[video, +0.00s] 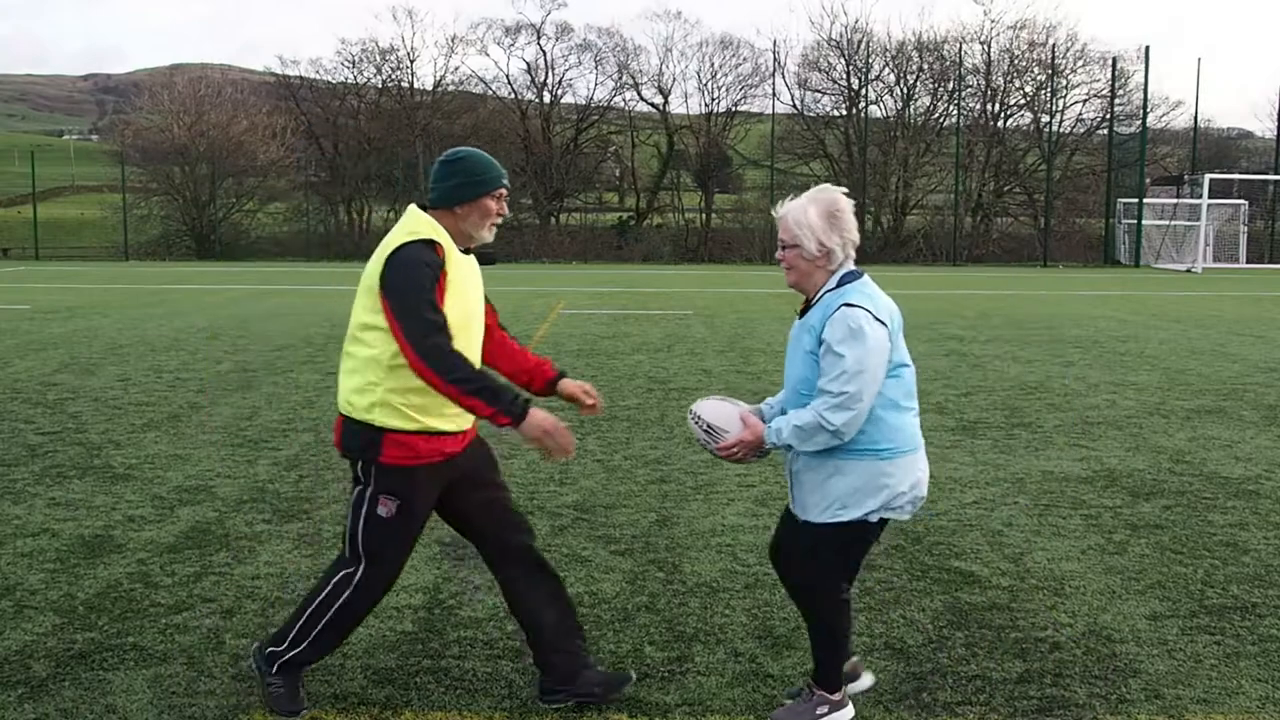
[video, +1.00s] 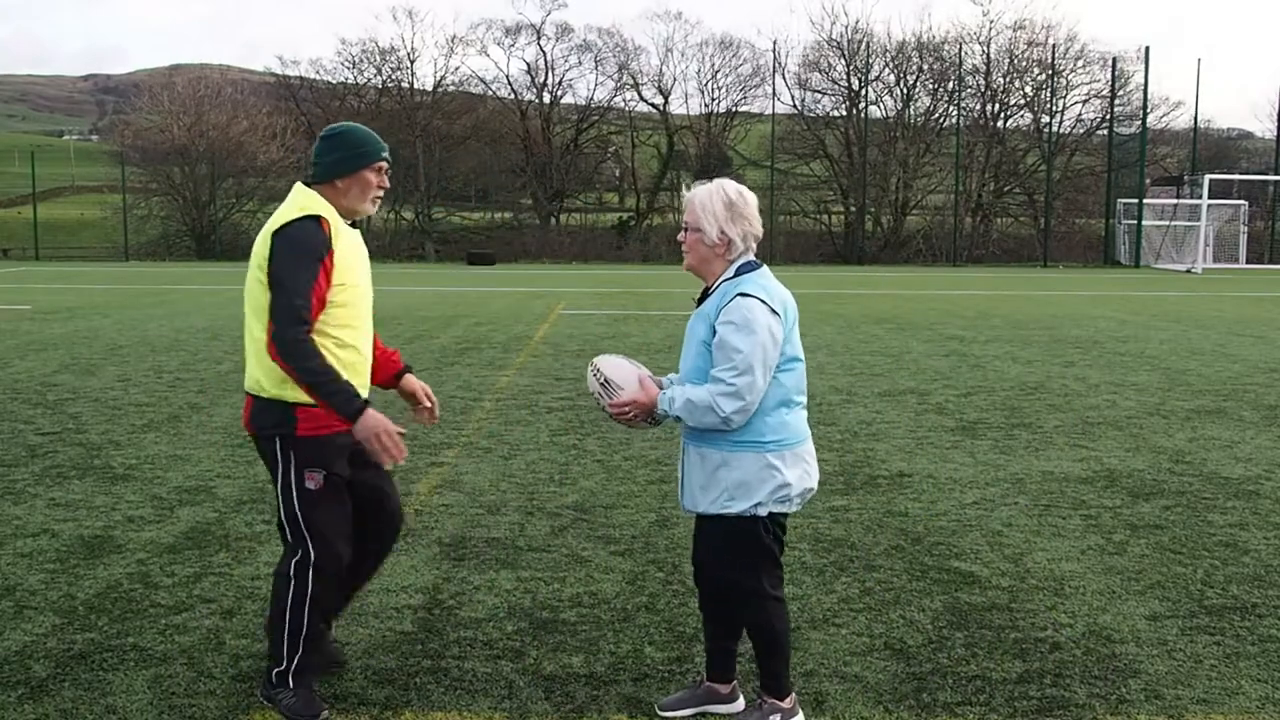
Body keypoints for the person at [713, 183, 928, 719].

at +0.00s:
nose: (779, 257)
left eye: (788, 246)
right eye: (779, 245)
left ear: (824, 251)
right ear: (821, 252)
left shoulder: (855, 316)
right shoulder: (822, 307)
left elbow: (838, 415)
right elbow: (805, 392)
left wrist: (768, 436)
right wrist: (756, 418)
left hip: (866, 475)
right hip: (832, 466)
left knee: (823, 575)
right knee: (789, 554)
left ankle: (828, 695)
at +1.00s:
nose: (680, 240)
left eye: (689, 230)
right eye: (682, 229)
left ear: (722, 240)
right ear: (722, 241)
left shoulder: (749, 304)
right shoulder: (726, 297)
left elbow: (731, 403)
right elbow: (712, 382)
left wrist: (662, 400)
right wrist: (660, 393)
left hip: (754, 474)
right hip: (723, 470)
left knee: (756, 587)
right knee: (714, 576)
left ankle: (779, 700)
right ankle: (720, 686)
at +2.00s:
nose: (718, 242)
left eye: (728, 232)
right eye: (719, 231)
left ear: (764, 240)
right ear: (758, 242)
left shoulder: (789, 310)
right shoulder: (761, 300)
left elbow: (773, 411)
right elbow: (738, 382)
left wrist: (701, 418)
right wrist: (689, 403)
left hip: (780, 478)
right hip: (746, 472)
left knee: (769, 590)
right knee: (729, 580)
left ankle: (779, 703)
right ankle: (720, 685)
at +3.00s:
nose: (811, 252)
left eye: (823, 242)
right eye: (809, 241)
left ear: (860, 249)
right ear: (848, 251)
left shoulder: (880, 316)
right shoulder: (851, 308)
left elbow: (872, 414)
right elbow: (834, 390)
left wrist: (802, 424)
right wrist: (785, 413)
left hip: (880, 480)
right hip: (862, 475)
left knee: (830, 582)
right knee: (874, 578)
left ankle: (786, 699)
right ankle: (931, 677)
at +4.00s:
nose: (1004, 252)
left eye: (1014, 242)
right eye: (1003, 241)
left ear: (1051, 246)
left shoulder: (1096, 313)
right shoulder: (1028, 304)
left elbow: (1102, 410)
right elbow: (1023, 384)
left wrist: (1024, 424)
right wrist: (987, 415)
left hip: (1096, 477)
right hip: (1047, 469)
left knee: (1079, 587)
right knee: (1037, 565)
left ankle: (1084, 700)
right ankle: (1101, 667)